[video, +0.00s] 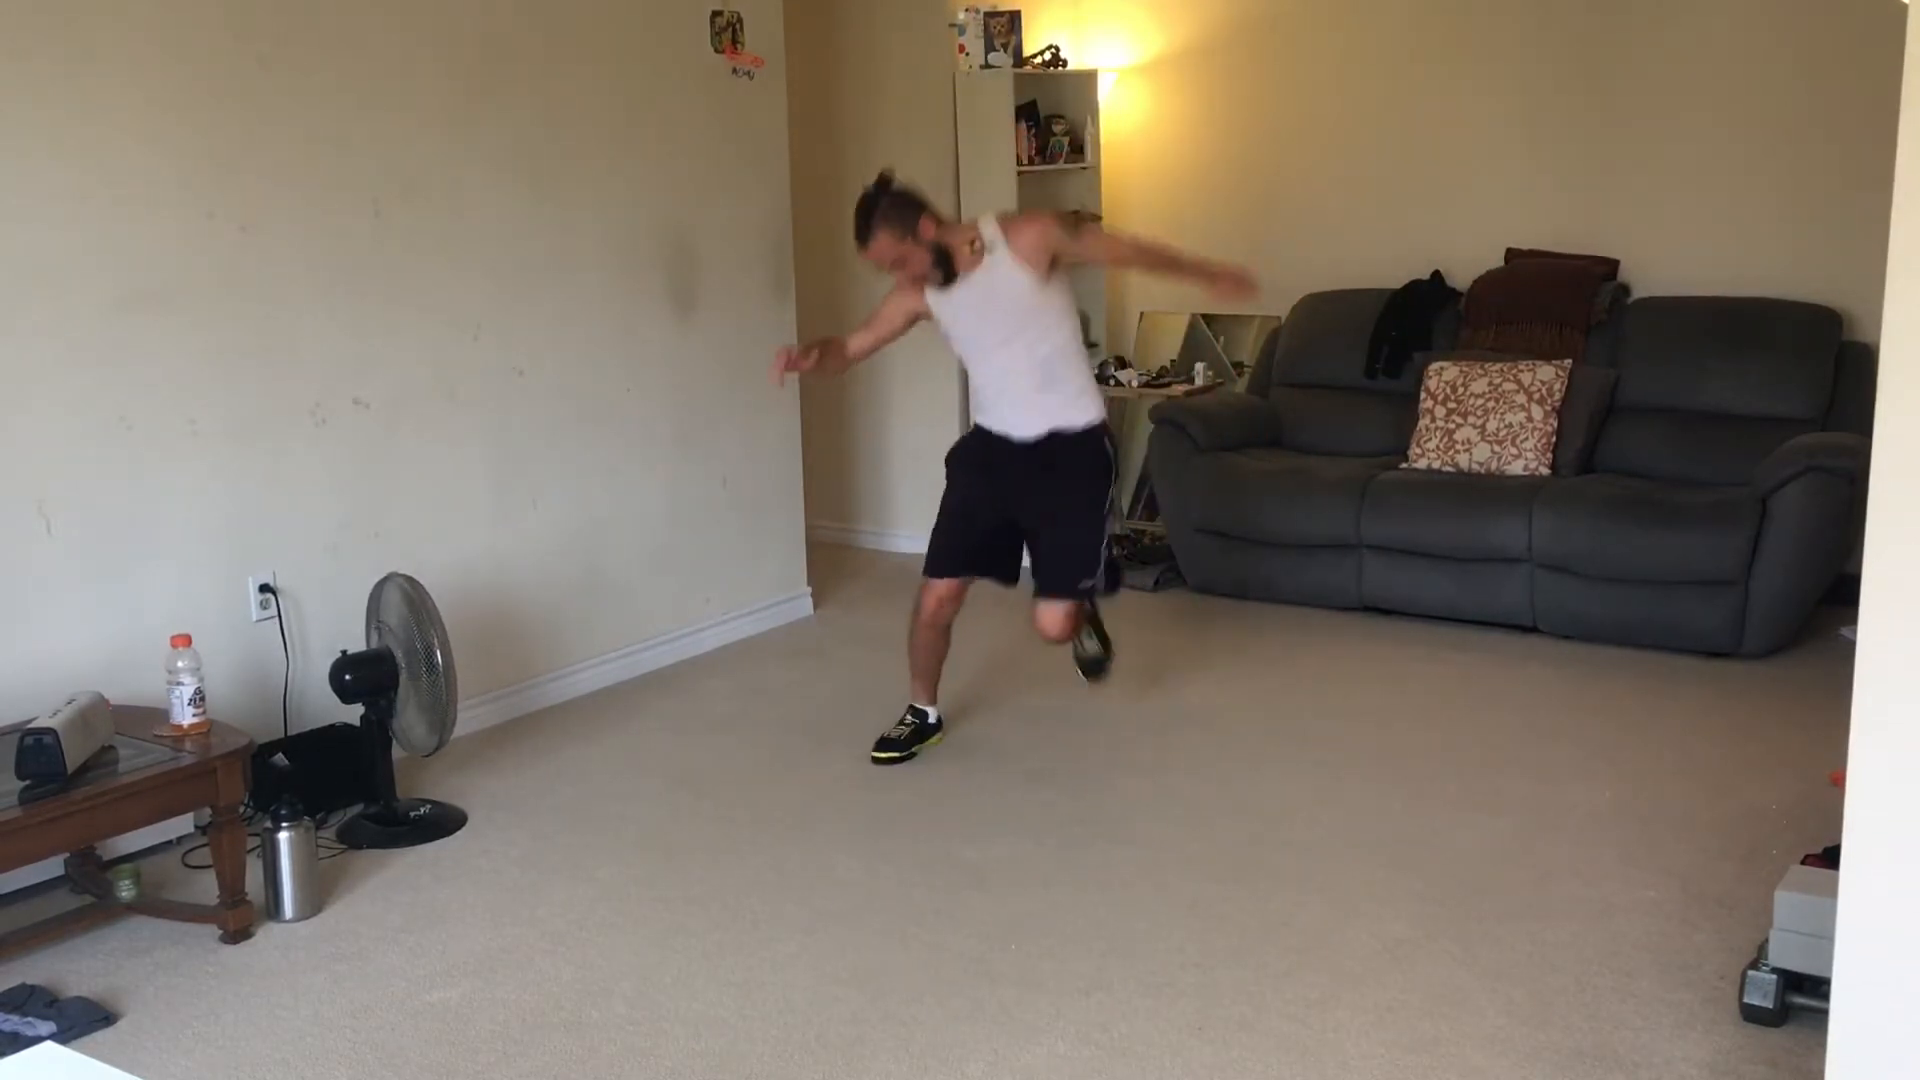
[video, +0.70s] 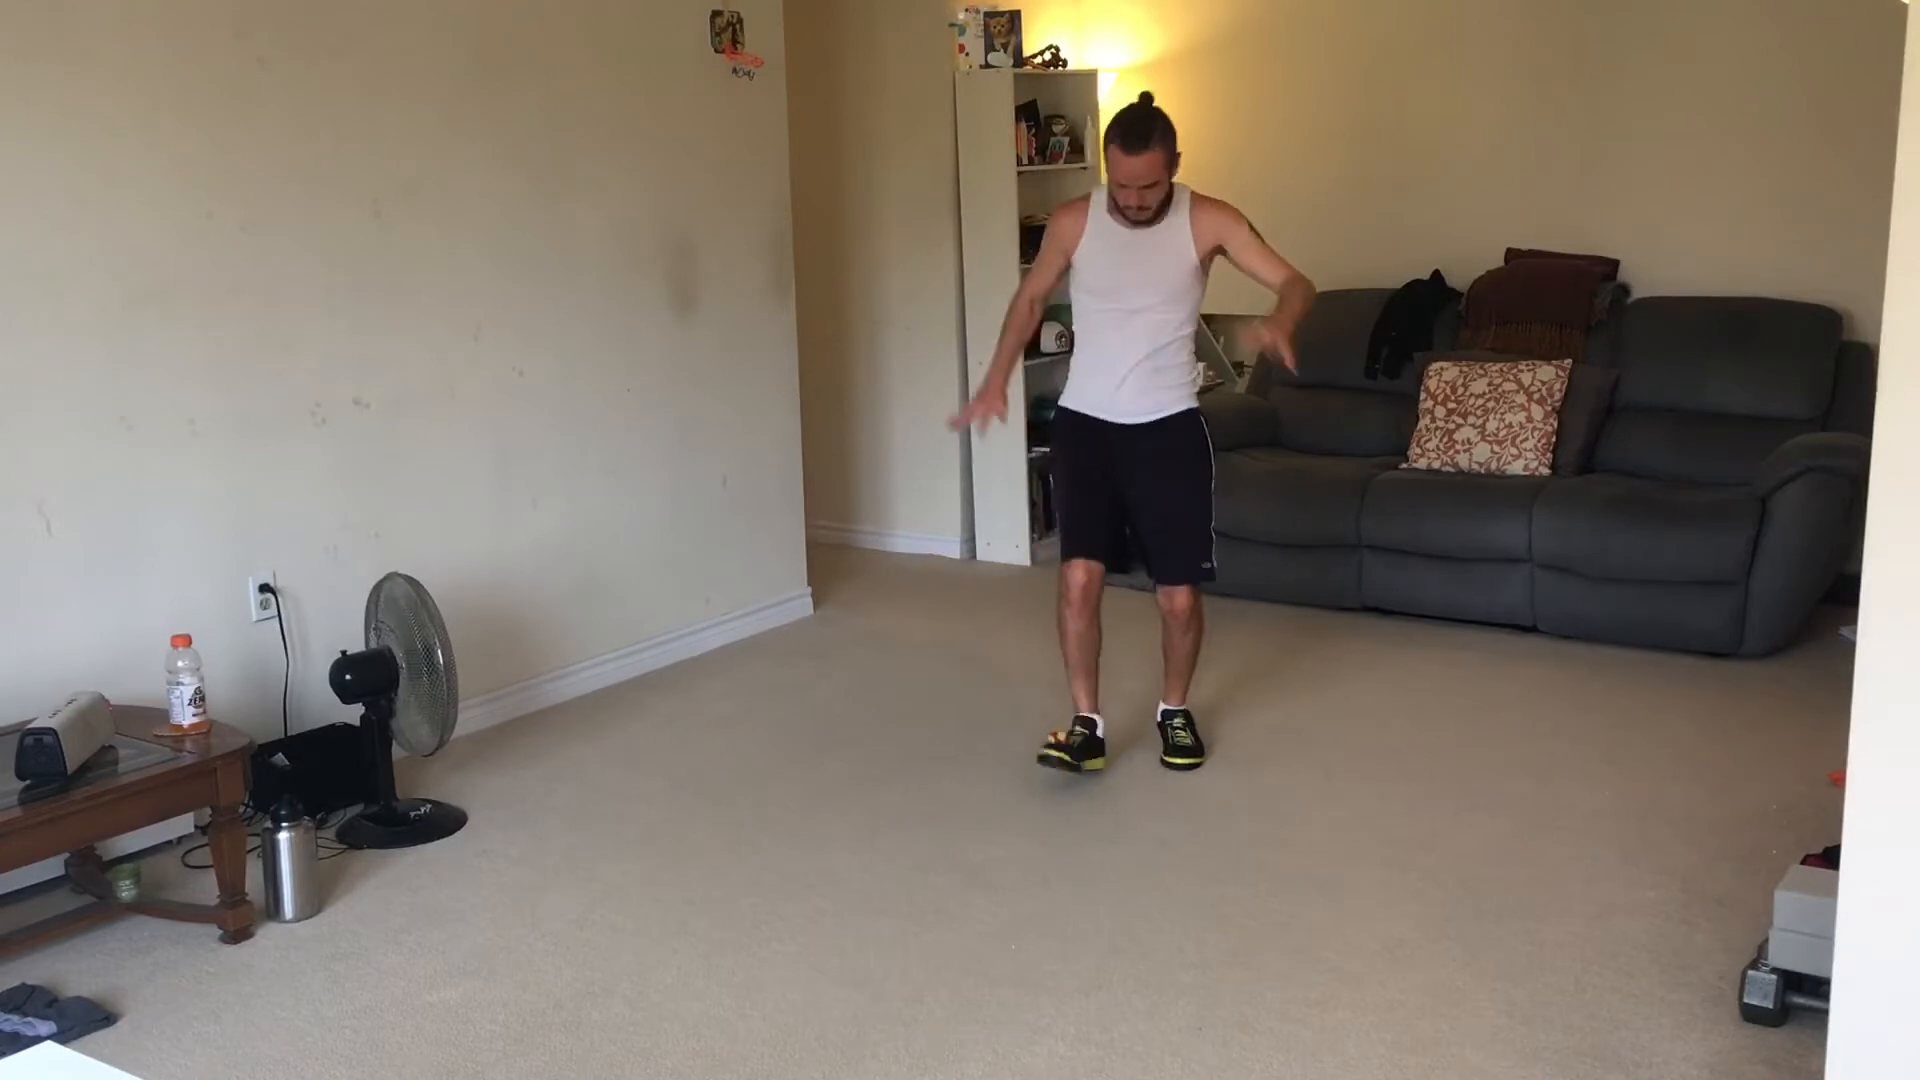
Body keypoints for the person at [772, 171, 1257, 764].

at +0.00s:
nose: (898, 274)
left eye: (897, 260)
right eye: (888, 267)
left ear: (924, 226)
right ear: (892, 255)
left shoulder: (1029, 238)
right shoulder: (920, 292)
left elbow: (1129, 251)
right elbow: (851, 348)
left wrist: (1209, 274)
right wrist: (813, 357)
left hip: (1073, 445)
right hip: (992, 448)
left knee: (1053, 625)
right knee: (937, 596)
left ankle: (1082, 612)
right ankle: (922, 712)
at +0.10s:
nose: (942, 348)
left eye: (943, 338)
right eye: (932, 342)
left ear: (965, 305)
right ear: (921, 321)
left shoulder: (1047, 289)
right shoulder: (932, 315)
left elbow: (1150, 314)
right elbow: (850, 362)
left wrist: (1225, 385)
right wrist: (800, 386)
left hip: (1071, 463)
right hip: (993, 460)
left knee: (1055, 623)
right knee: (921, 595)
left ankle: (1119, 687)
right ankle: (922, 713)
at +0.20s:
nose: (1030, 321)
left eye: (1040, 314)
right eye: (1020, 313)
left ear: (1065, 287)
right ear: (1008, 284)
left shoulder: (1111, 294)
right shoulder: (983, 279)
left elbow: (1206, 359)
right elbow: (910, 321)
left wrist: (1204, 446)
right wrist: (837, 376)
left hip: (1076, 463)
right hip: (988, 453)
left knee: (1106, 612)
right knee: (916, 588)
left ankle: (1128, 712)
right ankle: (922, 706)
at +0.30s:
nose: (1068, 261)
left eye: (1080, 252)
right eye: (1059, 249)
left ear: (1109, 225)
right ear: (1049, 220)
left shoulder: (1148, 257)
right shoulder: (1026, 235)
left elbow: (1210, 348)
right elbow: (948, 265)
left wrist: (1146, 405)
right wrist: (859, 302)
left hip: (1095, 441)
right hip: (1011, 420)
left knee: (1115, 602)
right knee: (923, 528)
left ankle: (1127, 711)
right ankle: (928, 670)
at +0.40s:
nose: (1072, 229)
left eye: (1084, 219)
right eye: (1061, 218)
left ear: (1112, 189)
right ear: (1046, 191)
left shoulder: (1151, 220)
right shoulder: (1029, 211)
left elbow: (1208, 311)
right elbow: (953, 246)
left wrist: (1122, 362)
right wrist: (874, 297)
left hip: (1129, 407)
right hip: (1052, 394)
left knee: (1127, 570)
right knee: (948, 423)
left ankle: (1134, 708)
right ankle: (991, 582)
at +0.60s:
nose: (1109, 208)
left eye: (1122, 195)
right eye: (1095, 196)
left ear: (1146, 169)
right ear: (1078, 176)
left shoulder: (1189, 214)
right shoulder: (1056, 220)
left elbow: (1280, 283)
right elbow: (1026, 288)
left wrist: (1274, 361)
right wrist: (1008, 365)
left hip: (1164, 420)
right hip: (1078, 416)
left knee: (1172, 586)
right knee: (1046, 538)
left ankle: (1175, 707)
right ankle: (1106, 666)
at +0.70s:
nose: (1136, 198)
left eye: (1149, 186)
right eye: (1123, 185)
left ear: (1173, 166)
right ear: (1105, 166)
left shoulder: (1210, 220)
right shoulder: (1072, 224)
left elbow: (1296, 285)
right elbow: (1027, 303)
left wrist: (1281, 321)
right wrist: (994, 382)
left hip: (1170, 430)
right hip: (1084, 429)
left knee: (1178, 599)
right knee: (1078, 580)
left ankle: (1174, 712)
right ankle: (1087, 725)